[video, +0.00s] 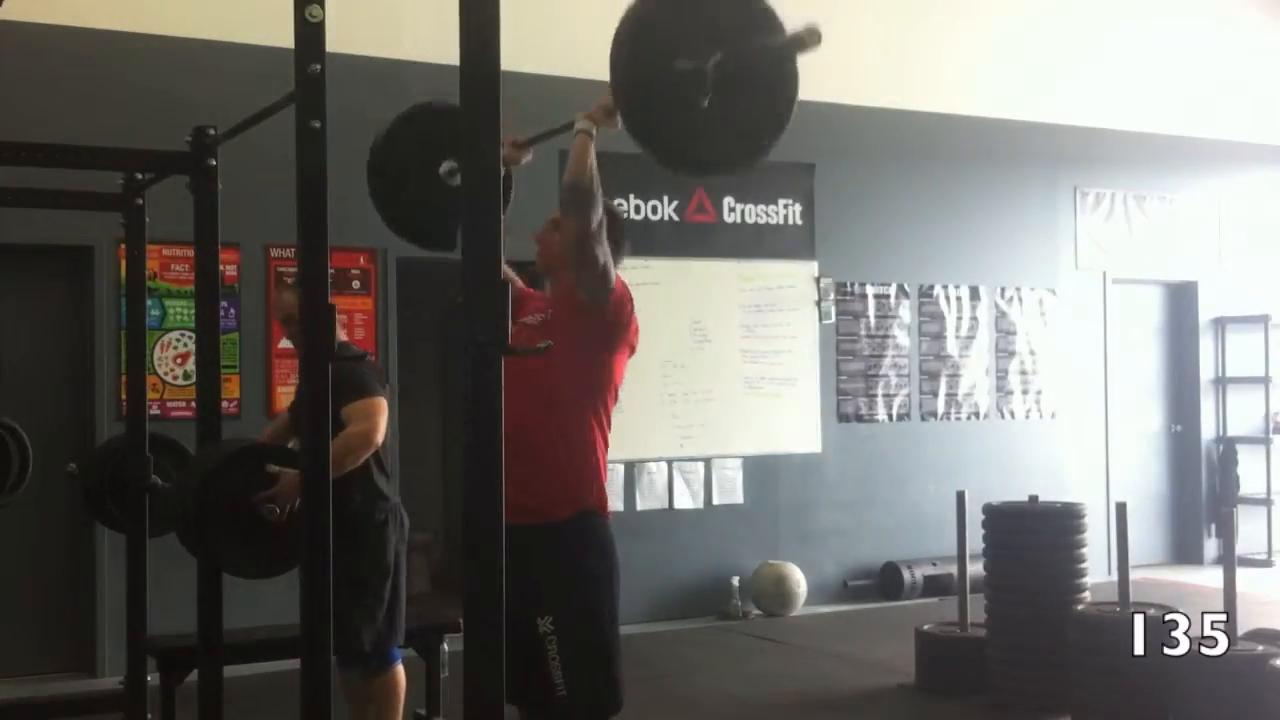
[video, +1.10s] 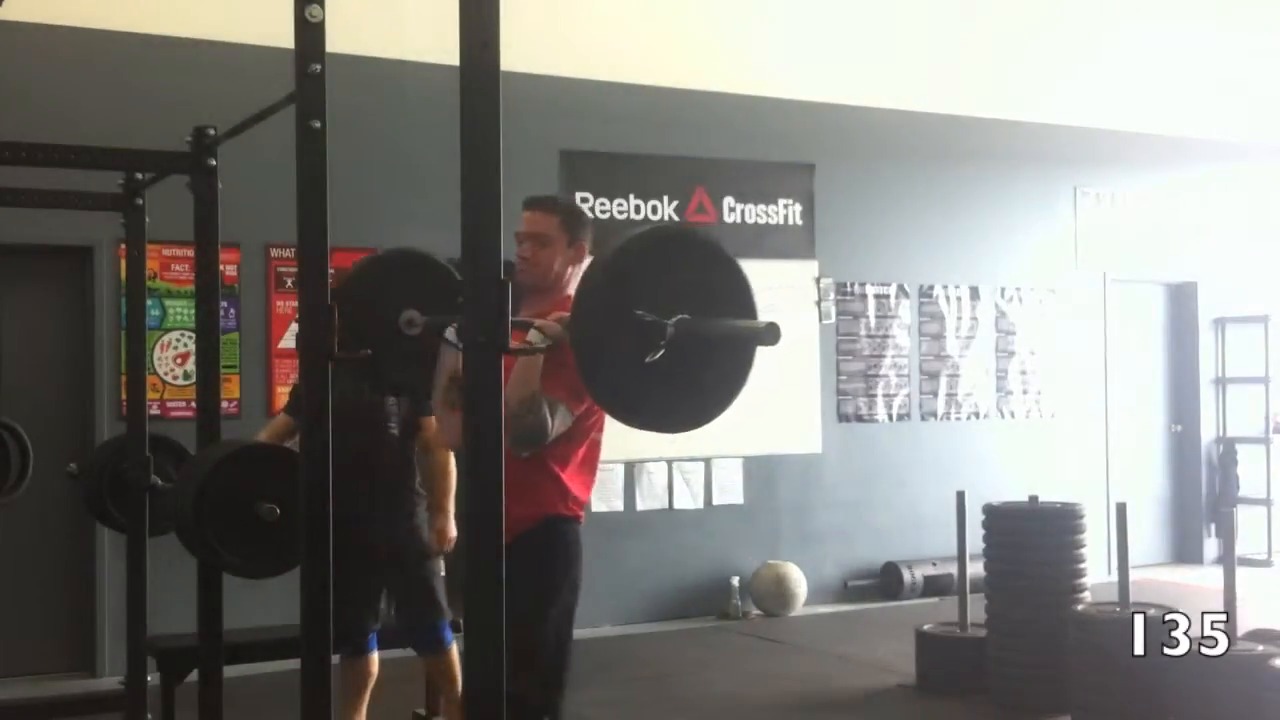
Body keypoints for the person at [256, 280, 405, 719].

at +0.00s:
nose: (285, 331)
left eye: (292, 321)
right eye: (282, 322)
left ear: (317, 319)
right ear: (287, 325)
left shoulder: (352, 366)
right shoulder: (316, 371)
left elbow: (368, 431)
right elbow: (287, 425)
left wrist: (305, 476)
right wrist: (246, 463)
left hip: (371, 519)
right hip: (339, 519)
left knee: (376, 649)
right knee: (350, 649)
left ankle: (389, 719)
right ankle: (363, 717)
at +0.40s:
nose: (320, 330)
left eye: (327, 319)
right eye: (317, 320)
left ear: (351, 316)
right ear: (320, 321)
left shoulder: (384, 375)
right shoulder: (330, 373)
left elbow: (390, 450)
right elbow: (307, 425)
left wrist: (359, 503)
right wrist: (261, 456)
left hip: (375, 527)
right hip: (331, 525)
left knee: (378, 648)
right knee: (339, 648)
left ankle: (388, 719)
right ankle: (347, 719)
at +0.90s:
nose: (334, 320)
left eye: (343, 309)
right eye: (329, 311)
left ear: (369, 312)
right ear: (320, 314)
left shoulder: (397, 368)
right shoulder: (317, 375)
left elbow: (427, 443)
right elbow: (279, 433)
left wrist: (428, 511)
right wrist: (241, 477)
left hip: (391, 520)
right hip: (336, 520)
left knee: (404, 640)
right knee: (353, 643)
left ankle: (418, 716)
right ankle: (350, 717)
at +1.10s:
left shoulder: (407, 368)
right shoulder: (324, 371)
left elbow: (435, 438)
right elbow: (286, 423)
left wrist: (444, 512)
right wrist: (243, 465)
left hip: (404, 519)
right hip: (344, 520)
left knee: (434, 638)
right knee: (356, 642)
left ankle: (454, 711)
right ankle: (351, 714)